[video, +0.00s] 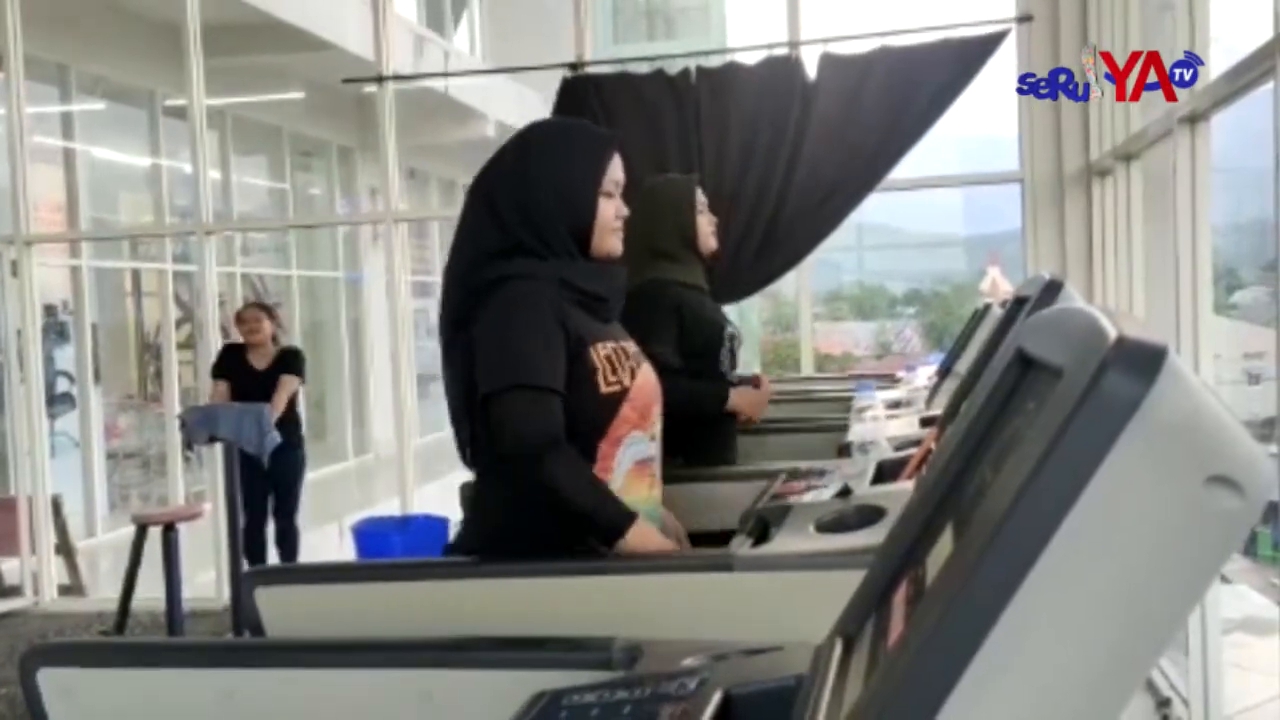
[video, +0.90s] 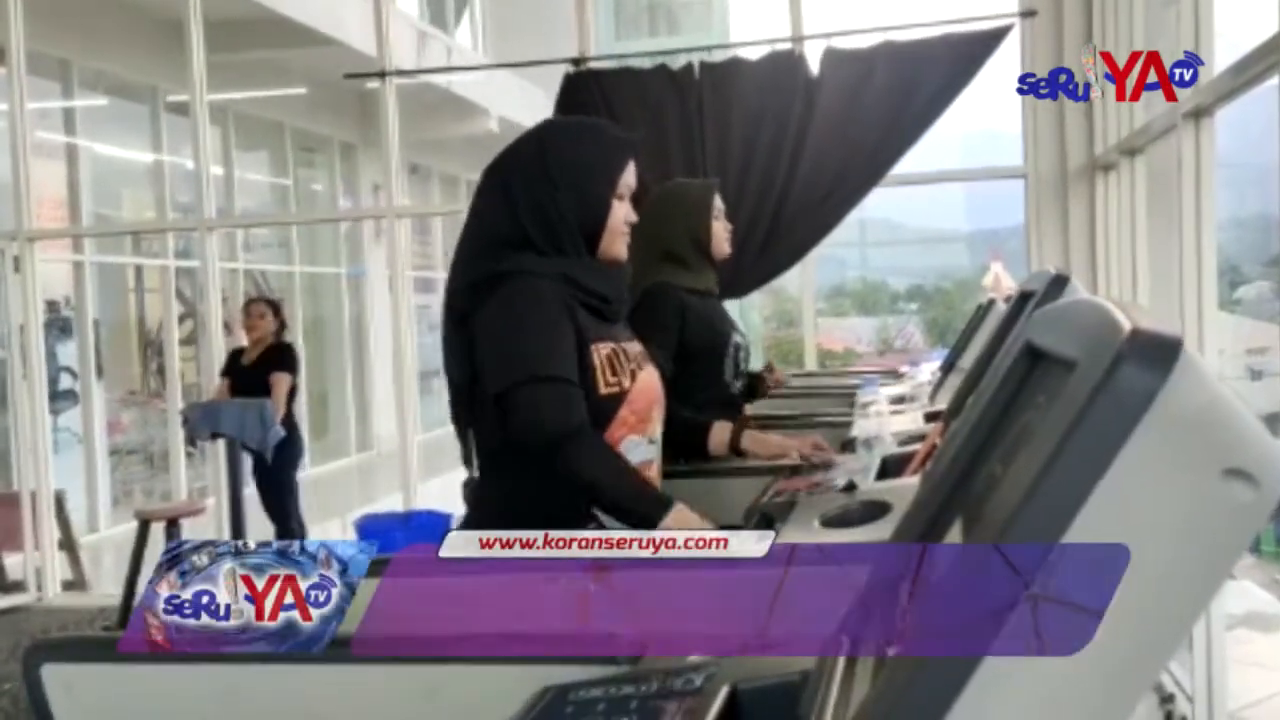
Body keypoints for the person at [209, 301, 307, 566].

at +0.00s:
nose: (251, 329)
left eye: (257, 322)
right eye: (245, 324)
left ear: (272, 324)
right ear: (238, 329)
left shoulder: (290, 357)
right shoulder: (230, 354)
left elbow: (282, 396)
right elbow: (220, 396)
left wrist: (263, 428)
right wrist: (217, 428)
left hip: (285, 439)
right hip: (246, 440)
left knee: (285, 513)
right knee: (254, 514)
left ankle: (288, 572)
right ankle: (257, 574)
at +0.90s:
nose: (253, 322)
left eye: (261, 316)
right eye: (249, 316)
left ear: (276, 322)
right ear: (243, 322)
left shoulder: (282, 352)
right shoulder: (237, 356)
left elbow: (280, 392)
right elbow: (223, 393)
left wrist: (271, 426)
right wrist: (207, 417)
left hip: (281, 429)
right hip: (253, 432)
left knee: (282, 493)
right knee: (268, 497)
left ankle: (293, 548)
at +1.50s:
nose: (251, 320)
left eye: (259, 314)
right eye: (246, 315)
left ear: (273, 320)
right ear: (239, 321)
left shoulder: (287, 352)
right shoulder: (229, 356)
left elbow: (281, 393)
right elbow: (218, 399)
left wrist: (266, 426)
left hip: (286, 436)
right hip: (247, 438)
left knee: (288, 509)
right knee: (257, 511)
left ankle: (295, 566)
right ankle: (260, 568)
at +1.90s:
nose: (260, 319)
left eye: (266, 313)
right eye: (252, 314)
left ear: (276, 318)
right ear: (242, 322)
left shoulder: (291, 352)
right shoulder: (231, 351)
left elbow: (283, 392)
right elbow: (217, 393)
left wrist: (262, 420)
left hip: (284, 436)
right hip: (245, 436)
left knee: (277, 510)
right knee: (254, 508)